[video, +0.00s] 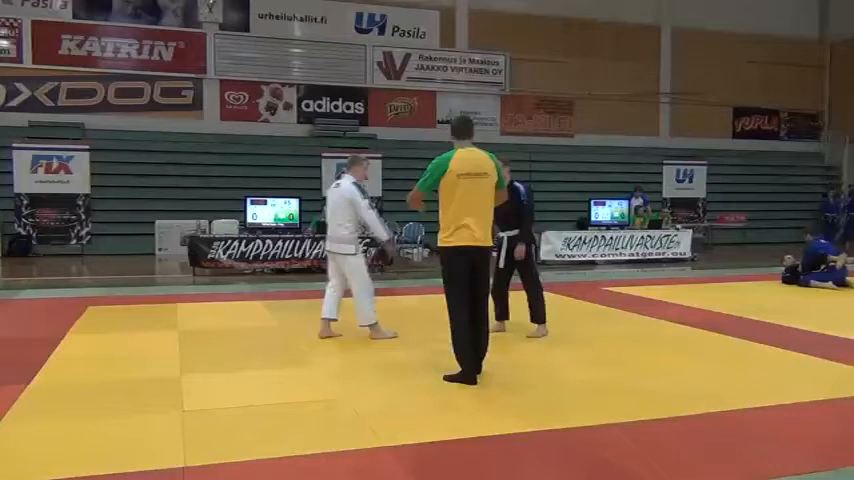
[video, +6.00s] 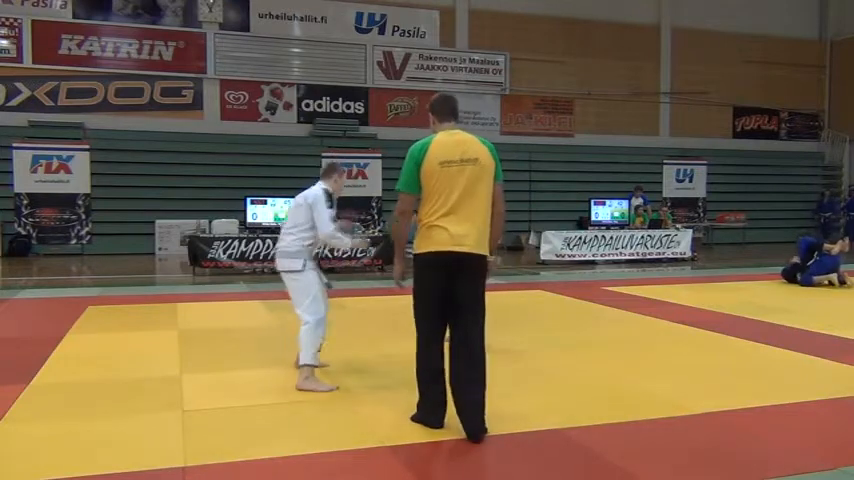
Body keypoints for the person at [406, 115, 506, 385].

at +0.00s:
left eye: (454, 135)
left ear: (452, 136)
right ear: (473, 135)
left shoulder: (444, 161)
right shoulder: (491, 160)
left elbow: (413, 199)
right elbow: (502, 196)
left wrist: (422, 204)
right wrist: (478, 200)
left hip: (453, 245)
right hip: (482, 244)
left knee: (458, 306)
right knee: (479, 303)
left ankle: (468, 370)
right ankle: (476, 362)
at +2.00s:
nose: (432, 143)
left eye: (433, 139)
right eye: (433, 139)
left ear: (438, 138)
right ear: (454, 138)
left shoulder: (443, 158)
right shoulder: (468, 160)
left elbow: (432, 198)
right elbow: (446, 189)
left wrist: (417, 233)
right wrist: (413, 185)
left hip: (448, 238)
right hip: (463, 237)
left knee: (447, 299)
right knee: (452, 298)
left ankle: (464, 358)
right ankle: (451, 352)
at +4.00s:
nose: (418, 150)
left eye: (418, 146)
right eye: (419, 146)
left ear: (422, 143)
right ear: (441, 140)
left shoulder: (422, 164)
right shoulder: (467, 163)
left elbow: (412, 211)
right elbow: (483, 207)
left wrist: (407, 248)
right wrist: (487, 243)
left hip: (441, 246)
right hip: (471, 243)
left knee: (440, 308)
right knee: (461, 299)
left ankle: (449, 375)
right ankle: (463, 357)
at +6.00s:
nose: (429, 123)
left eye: (428, 118)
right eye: (433, 118)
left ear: (432, 118)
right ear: (458, 116)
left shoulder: (421, 150)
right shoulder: (487, 149)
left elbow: (404, 211)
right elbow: (499, 205)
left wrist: (399, 257)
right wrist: (491, 250)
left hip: (432, 257)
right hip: (473, 257)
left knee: (429, 337)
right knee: (470, 338)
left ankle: (431, 412)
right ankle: (475, 423)